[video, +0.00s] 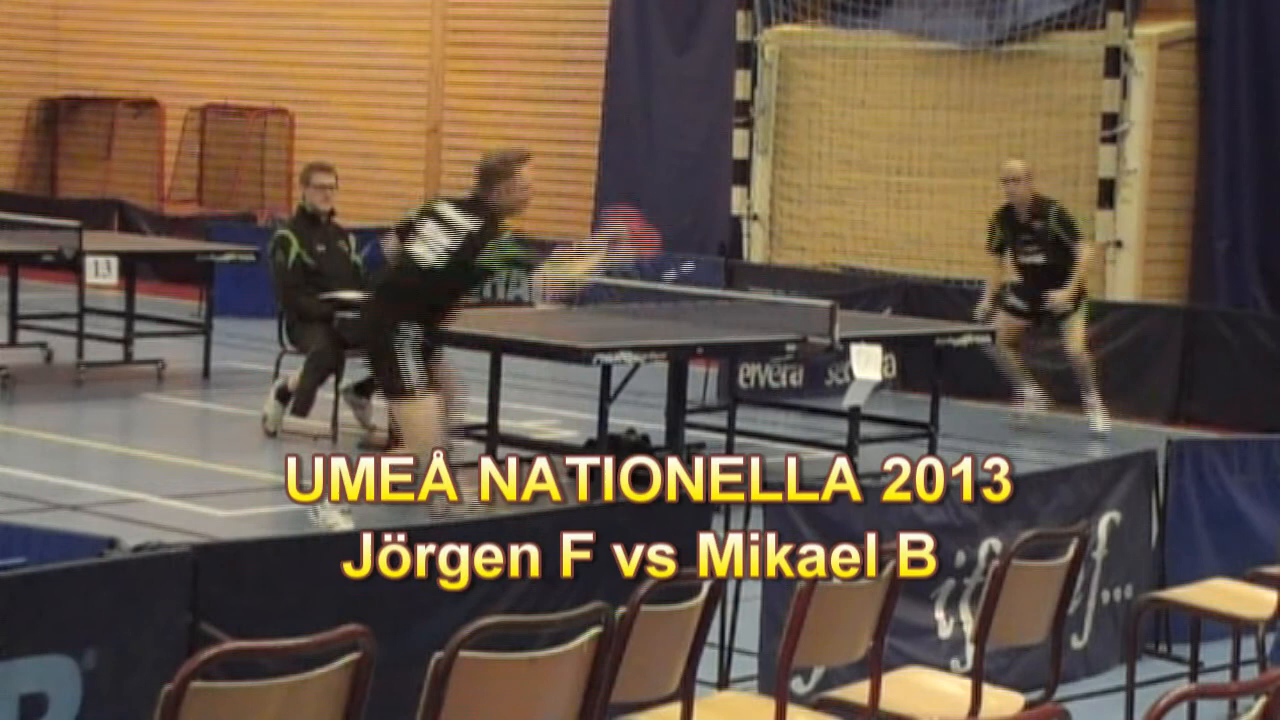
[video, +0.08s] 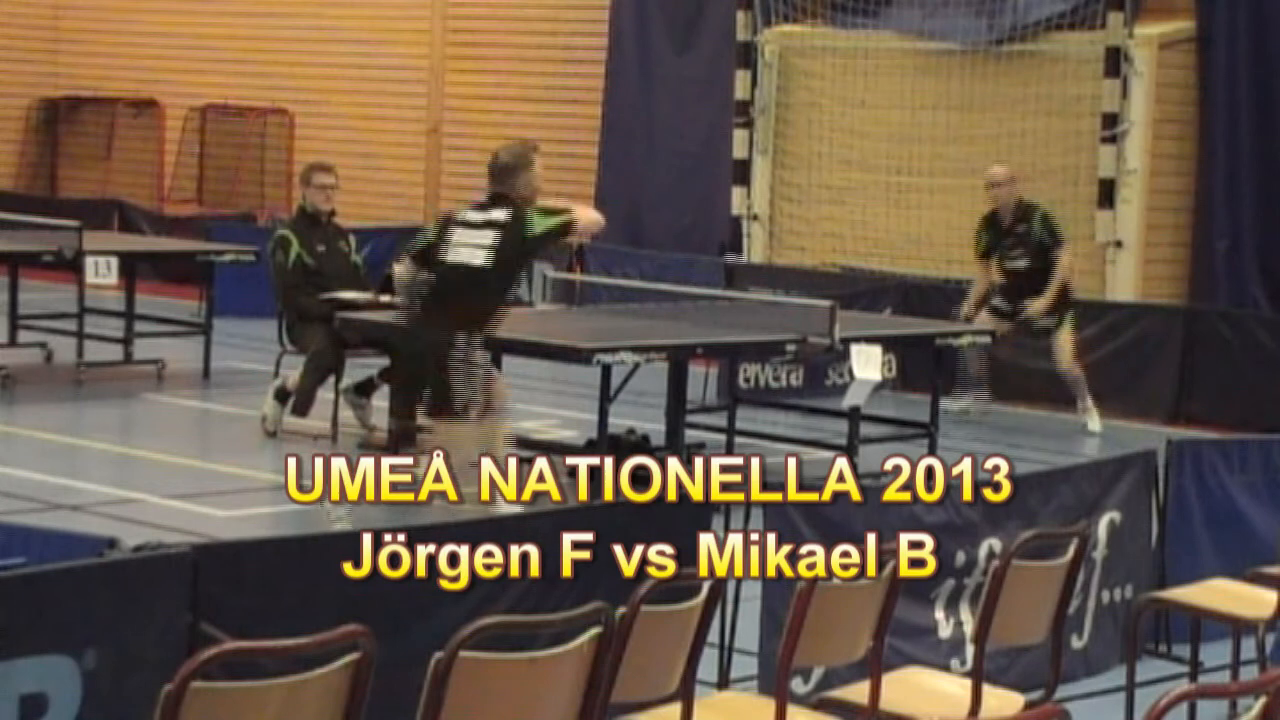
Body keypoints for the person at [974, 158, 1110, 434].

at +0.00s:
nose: (1010, 188)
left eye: (1015, 182)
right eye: (1005, 182)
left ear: (1029, 183)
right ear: (1001, 186)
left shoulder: (1052, 212)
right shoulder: (1002, 218)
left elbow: (1085, 249)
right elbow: (998, 265)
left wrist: (1068, 290)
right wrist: (988, 299)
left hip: (1062, 288)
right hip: (1025, 288)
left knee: (1075, 349)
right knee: (999, 341)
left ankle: (1092, 403)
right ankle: (1031, 393)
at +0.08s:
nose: (995, 193)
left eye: (1000, 186)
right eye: (990, 187)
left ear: (1014, 187)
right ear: (986, 191)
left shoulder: (1038, 217)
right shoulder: (988, 224)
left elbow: (1063, 259)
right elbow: (985, 274)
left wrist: (1046, 299)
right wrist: (970, 305)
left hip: (1048, 293)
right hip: (1010, 293)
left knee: (1064, 363)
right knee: (973, 338)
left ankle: (1086, 406)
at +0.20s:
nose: (964, 210)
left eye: (969, 203)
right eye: (960, 205)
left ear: (984, 203)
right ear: (958, 207)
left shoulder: (1006, 233)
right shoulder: (964, 238)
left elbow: (1027, 280)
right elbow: (966, 285)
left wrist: (997, 319)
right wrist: (937, 315)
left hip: (1024, 312)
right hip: (984, 310)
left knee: (1040, 372)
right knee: (945, 354)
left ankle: (1082, 413)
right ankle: (923, 401)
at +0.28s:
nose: (939, 212)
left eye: (944, 205)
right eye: (936, 206)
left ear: (959, 205)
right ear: (935, 209)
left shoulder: (978, 233)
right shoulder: (953, 238)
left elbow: (996, 283)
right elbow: (965, 282)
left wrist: (968, 313)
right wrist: (933, 307)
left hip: (1009, 310)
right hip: (980, 308)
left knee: (1021, 377)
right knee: (926, 334)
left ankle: (1078, 411)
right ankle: (924, 400)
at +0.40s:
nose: (911, 207)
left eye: (915, 200)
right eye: (909, 201)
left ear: (936, 199)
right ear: (926, 202)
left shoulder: (953, 225)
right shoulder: (937, 230)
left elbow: (974, 268)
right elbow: (944, 280)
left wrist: (946, 302)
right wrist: (911, 292)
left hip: (992, 309)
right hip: (963, 308)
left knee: (1009, 372)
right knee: (906, 329)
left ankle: (1065, 409)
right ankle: (923, 398)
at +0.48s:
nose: (906, 203)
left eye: (909, 195)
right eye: (904, 197)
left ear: (929, 193)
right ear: (917, 196)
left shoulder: (951, 219)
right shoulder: (928, 231)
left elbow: (973, 258)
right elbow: (925, 276)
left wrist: (944, 292)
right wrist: (878, 273)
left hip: (988, 305)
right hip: (955, 305)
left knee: (1005, 363)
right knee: (906, 330)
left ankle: (1058, 408)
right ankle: (923, 398)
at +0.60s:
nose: (910, 186)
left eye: (915, 180)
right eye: (907, 181)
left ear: (934, 181)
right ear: (908, 185)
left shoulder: (955, 209)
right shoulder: (917, 219)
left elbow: (979, 248)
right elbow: (883, 243)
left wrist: (946, 280)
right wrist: (862, 216)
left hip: (985, 292)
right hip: (951, 295)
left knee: (1004, 346)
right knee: (908, 333)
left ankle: (1052, 403)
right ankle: (924, 398)